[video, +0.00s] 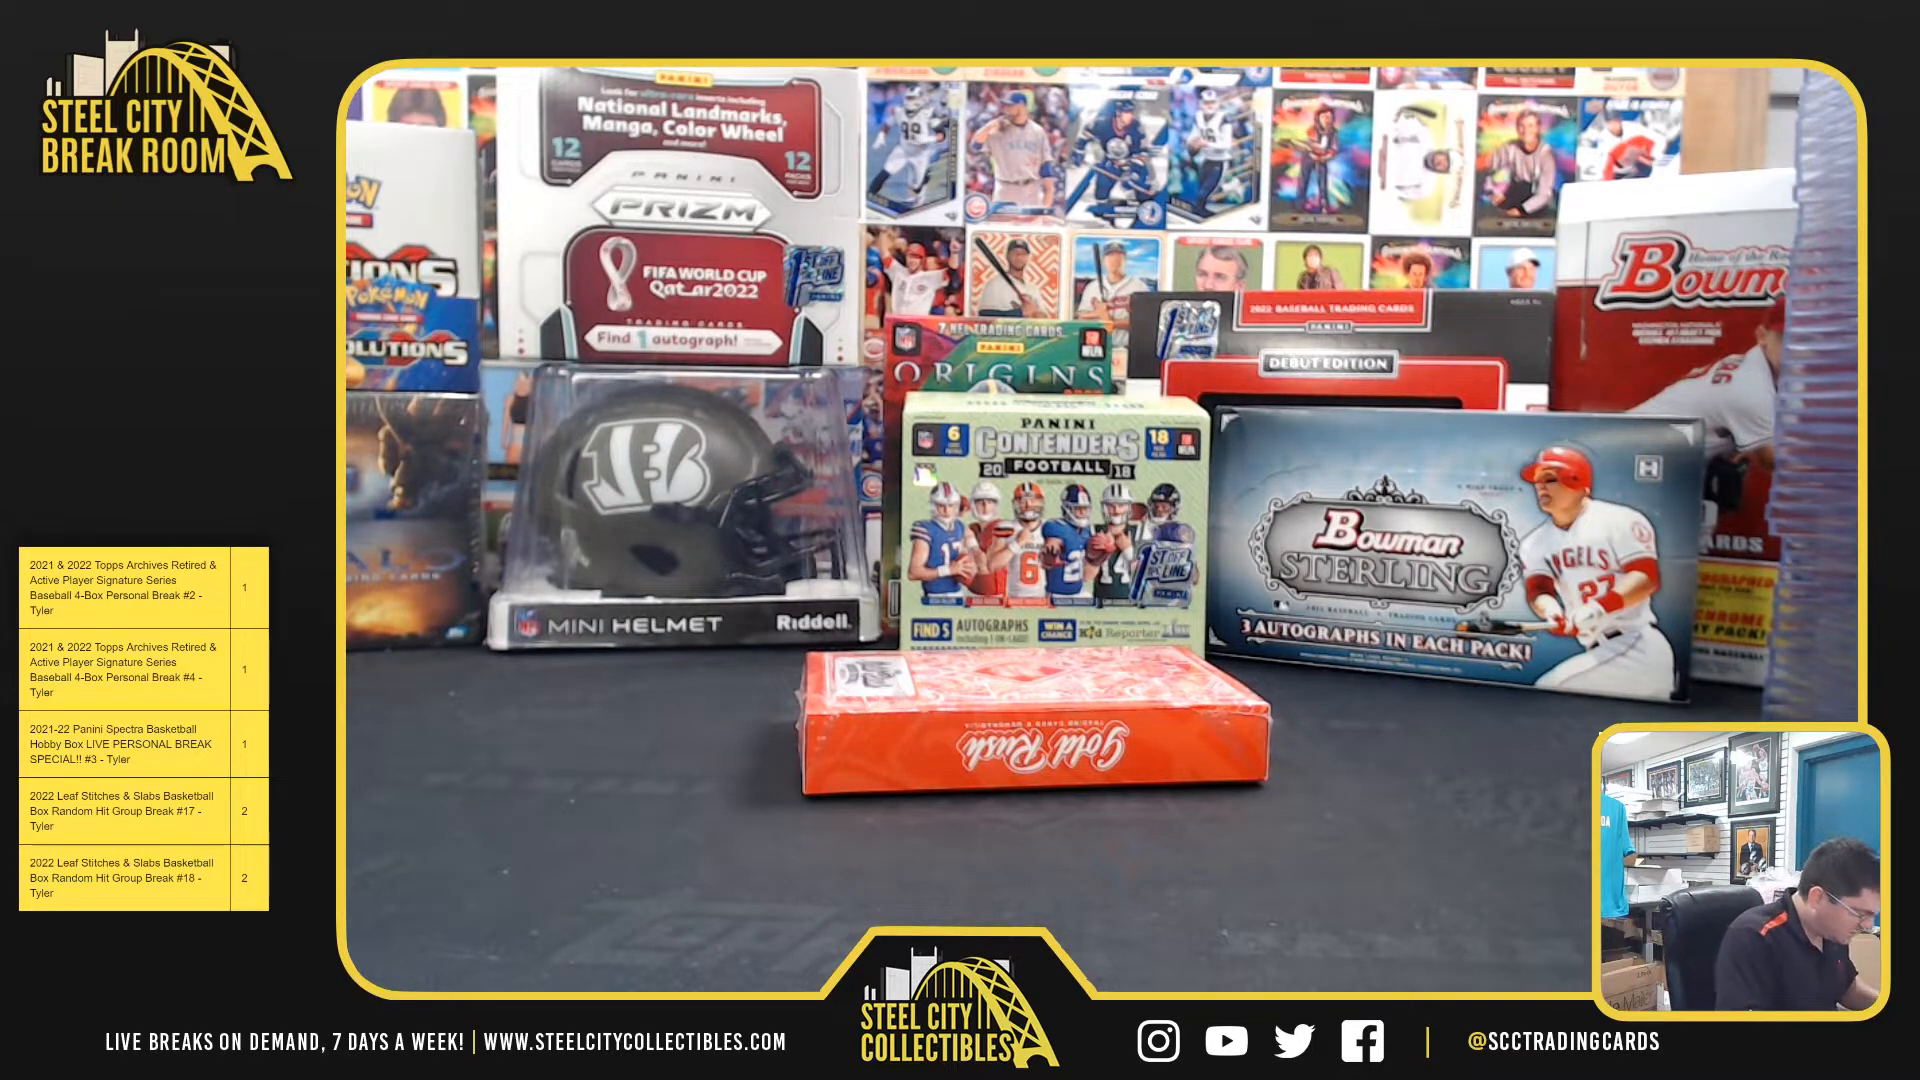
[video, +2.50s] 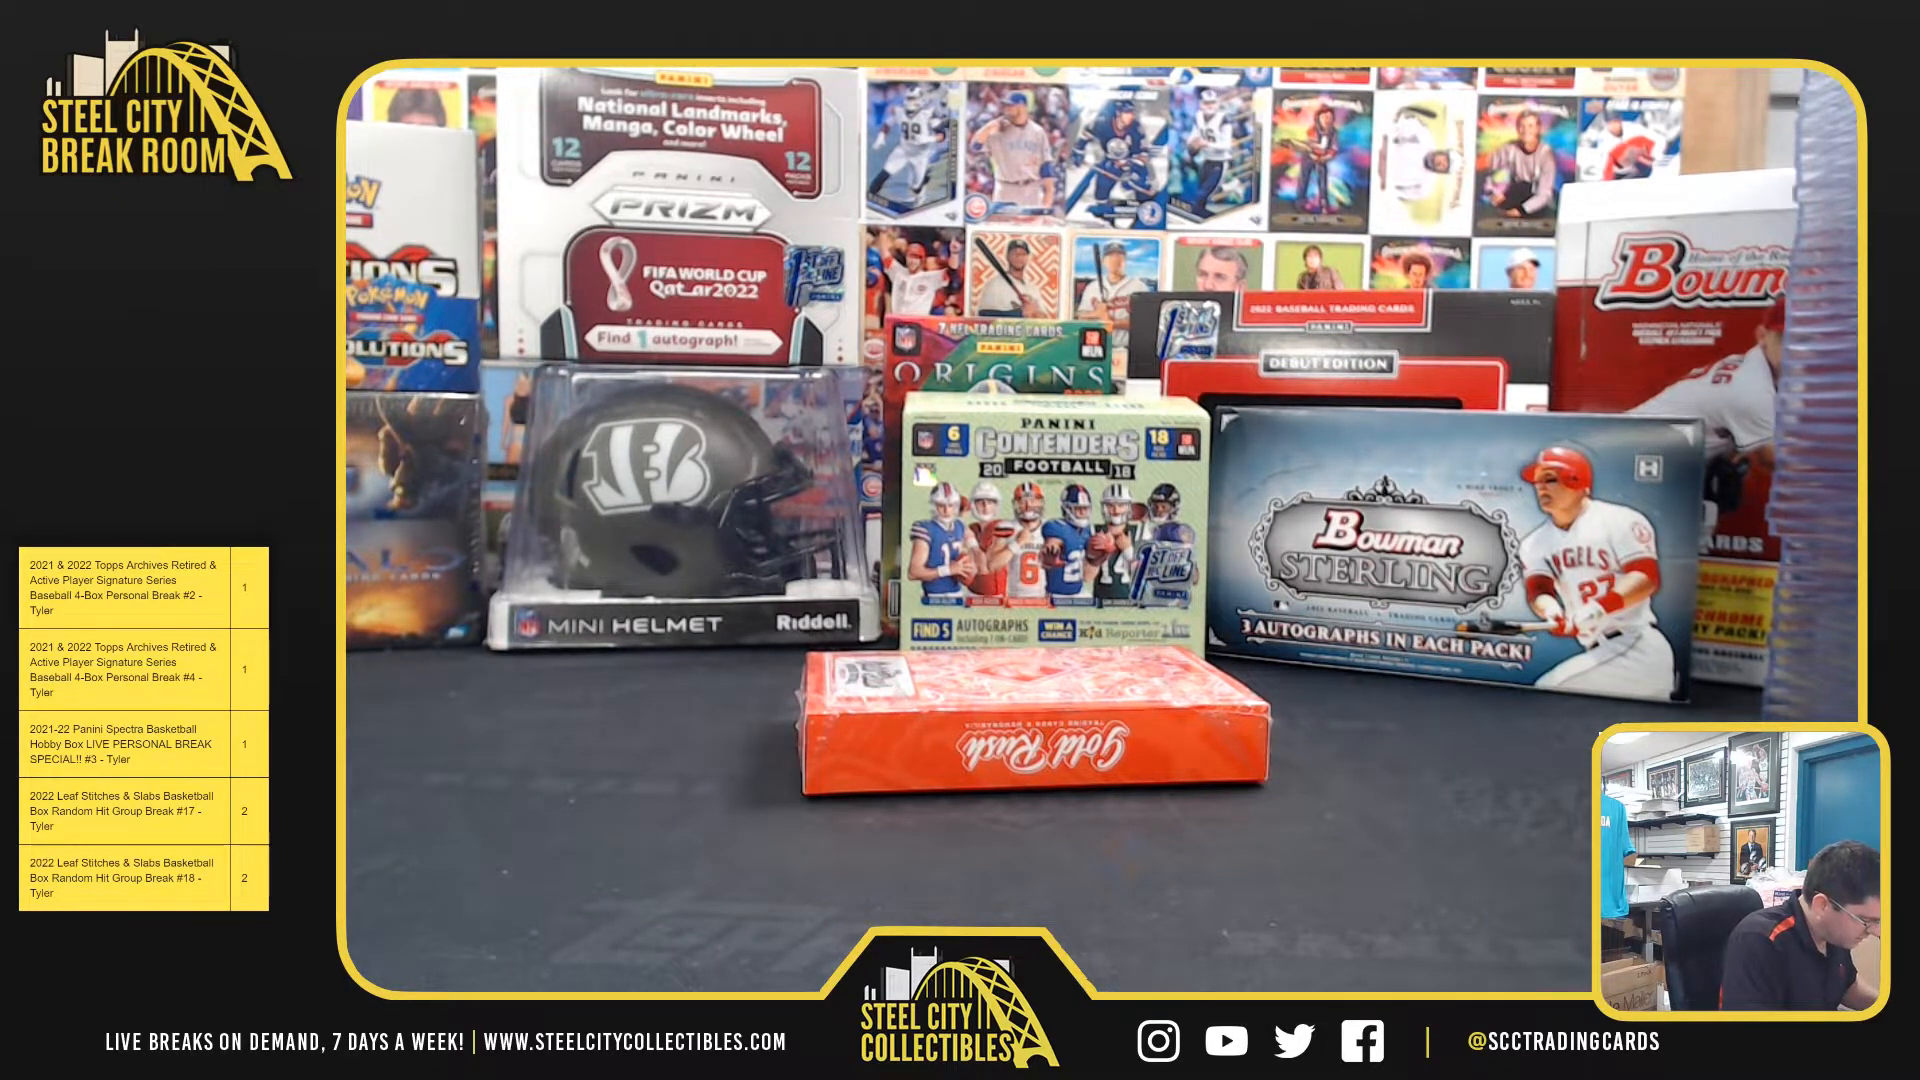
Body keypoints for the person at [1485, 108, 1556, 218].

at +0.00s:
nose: (1526, 130)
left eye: (1530, 126)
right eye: (1522, 126)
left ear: (1538, 128)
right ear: (1517, 129)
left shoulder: (1545, 153)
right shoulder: (1508, 150)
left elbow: (1545, 192)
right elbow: (1490, 175)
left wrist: (1523, 209)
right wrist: (1494, 193)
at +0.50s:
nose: (1526, 131)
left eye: (1530, 126)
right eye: (1522, 126)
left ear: (1538, 129)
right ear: (1517, 129)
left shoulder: (1545, 154)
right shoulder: (1507, 151)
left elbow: (1545, 192)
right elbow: (1491, 178)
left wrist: (1523, 209)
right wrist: (1494, 194)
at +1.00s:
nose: (1526, 131)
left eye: (1530, 126)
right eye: (1522, 126)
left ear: (1538, 129)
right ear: (1517, 129)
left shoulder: (1545, 154)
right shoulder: (1507, 151)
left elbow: (1545, 192)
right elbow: (1491, 178)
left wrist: (1523, 209)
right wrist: (1494, 194)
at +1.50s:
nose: (1526, 131)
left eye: (1530, 126)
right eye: (1522, 126)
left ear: (1538, 129)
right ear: (1517, 129)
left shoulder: (1545, 154)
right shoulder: (1507, 151)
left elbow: (1545, 192)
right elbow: (1491, 178)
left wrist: (1523, 209)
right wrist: (1494, 194)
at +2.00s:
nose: (1526, 130)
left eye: (1531, 126)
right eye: (1522, 126)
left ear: (1539, 129)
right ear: (1517, 129)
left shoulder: (1545, 154)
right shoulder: (1506, 151)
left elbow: (1545, 192)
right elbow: (1490, 178)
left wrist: (1522, 209)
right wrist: (1494, 194)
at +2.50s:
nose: (1526, 130)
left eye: (1531, 126)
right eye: (1522, 126)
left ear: (1539, 129)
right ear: (1517, 130)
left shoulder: (1545, 154)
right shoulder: (1506, 151)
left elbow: (1545, 192)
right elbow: (1490, 179)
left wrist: (1523, 209)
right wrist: (1494, 194)